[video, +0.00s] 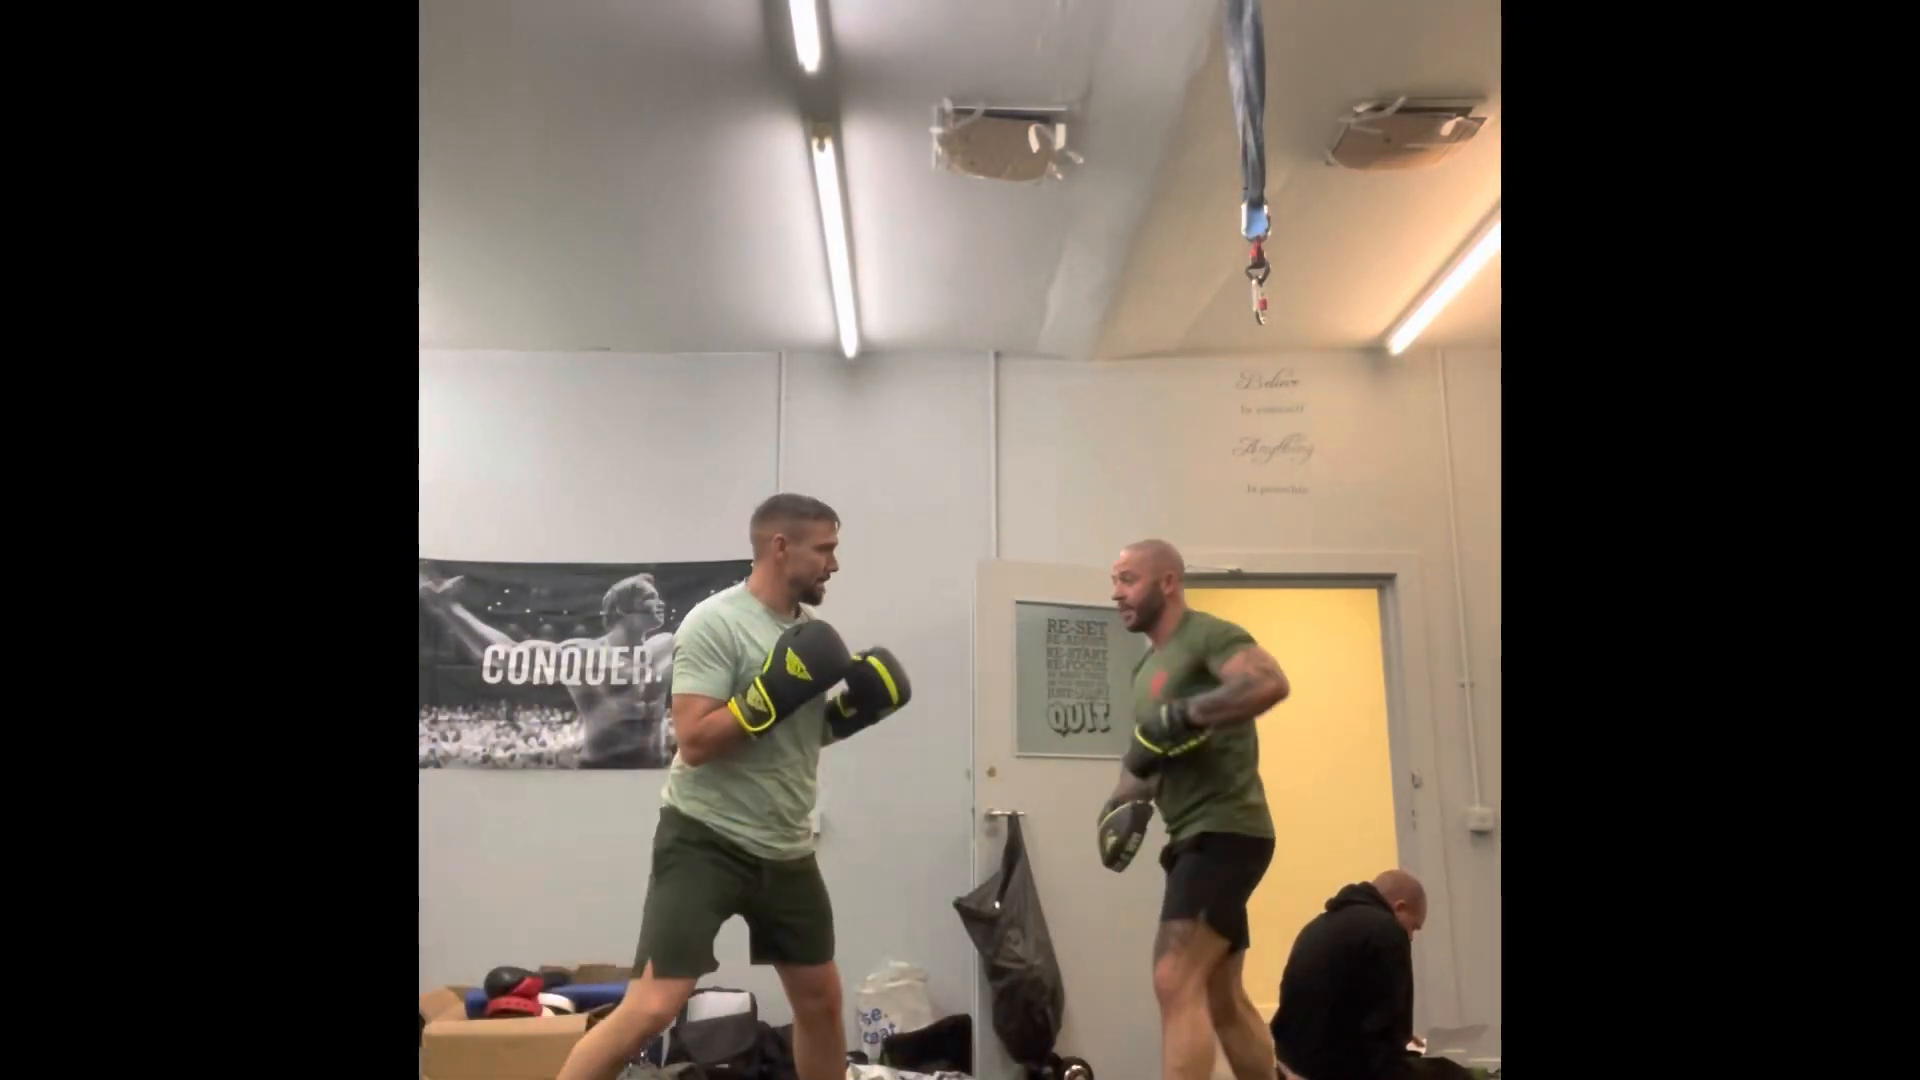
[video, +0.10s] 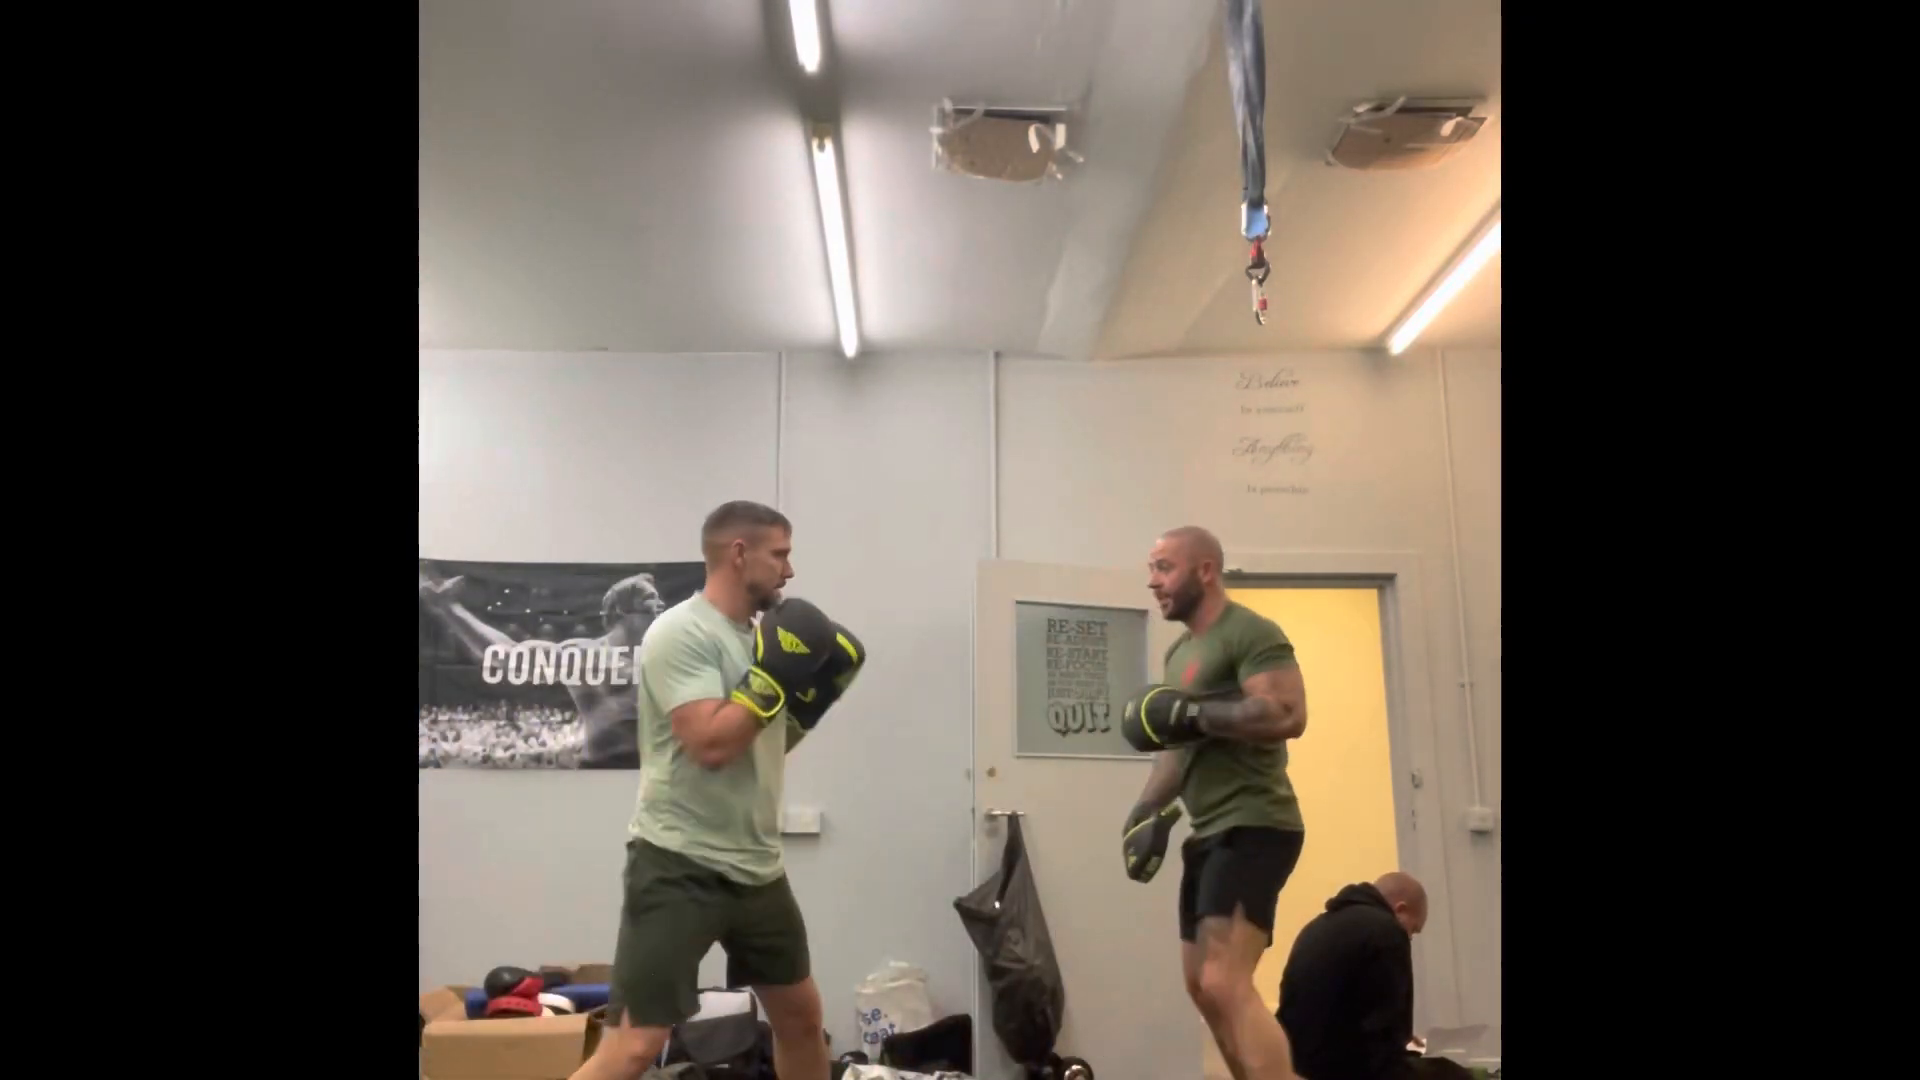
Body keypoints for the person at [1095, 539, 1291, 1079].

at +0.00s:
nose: (1117, 593)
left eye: (1128, 580)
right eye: (1115, 582)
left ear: (1167, 583)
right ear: (1151, 586)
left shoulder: (1209, 633)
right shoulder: (1146, 669)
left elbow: (1268, 681)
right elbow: (1147, 752)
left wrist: (1180, 718)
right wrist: (1124, 808)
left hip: (1229, 830)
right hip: (1192, 836)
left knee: (1176, 980)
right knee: (1225, 1000)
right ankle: (1273, 1078)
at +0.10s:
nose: (1153, 580)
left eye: (1164, 568)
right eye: (1151, 569)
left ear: (1205, 571)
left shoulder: (1252, 632)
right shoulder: (1178, 654)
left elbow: (1286, 715)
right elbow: (1179, 742)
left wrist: (1192, 714)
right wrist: (1149, 808)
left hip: (1257, 822)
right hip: (1207, 830)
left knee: (1225, 981)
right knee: (1203, 986)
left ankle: (1283, 1078)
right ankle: (1259, 1078)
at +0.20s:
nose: (1190, 579)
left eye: (1203, 568)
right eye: (1192, 568)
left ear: (1246, 577)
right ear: (1235, 579)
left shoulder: (1284, 647)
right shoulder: (1221, 662)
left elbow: (1283, 741)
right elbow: (1224, 758)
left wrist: (1200, 711)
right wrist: (1182, 831)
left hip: (1295, 849)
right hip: (1244, 854)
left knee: (1281, 1023)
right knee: (1235, 1007)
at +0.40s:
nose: (1249, 548)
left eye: (1261, 533)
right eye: (1250, 534)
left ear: (1308, 539)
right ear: (1305, 542)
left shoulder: (1352, 603)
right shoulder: (1311, 627)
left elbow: (1422, 684)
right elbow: (1340, 740)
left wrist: (1304, 729)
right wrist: (1274, 781)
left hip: (1376, 839)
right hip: (1350, 840)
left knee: (1362, 1036)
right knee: (1393, 1028)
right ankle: (1469, 1074)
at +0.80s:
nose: (1311, 565)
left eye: (1322, 548)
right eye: (1308, 551)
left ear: (1372, 544)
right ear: (1364, 550)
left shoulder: (1418, 601)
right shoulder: (1355, 641)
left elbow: (1347, 682)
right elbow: (1320, 740)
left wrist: (1261, 682)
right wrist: (1246, 738)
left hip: (1444, 835)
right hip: (1418, 837)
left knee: (1380, 1017)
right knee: (1452, 1025)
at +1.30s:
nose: (1262, 567)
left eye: (1272, 550)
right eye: (1258, 553)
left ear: (1321, 544)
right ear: (1318, 549)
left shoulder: (1361, 604)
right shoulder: (1339, 621)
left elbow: (1283, 699)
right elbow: (1283, 740)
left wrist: (1208, 682)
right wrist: (1205, 728)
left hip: (1408, 831)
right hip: (1419, 831)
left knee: (1340, 1016)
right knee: (1435, 1019)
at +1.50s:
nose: (1215, 541)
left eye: (1226, 525)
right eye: (1214, 527)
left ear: (1274, 529)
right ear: (1271, 532)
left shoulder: (1312, 598)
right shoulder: (1276, 614)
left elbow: (1324, 707)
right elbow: (1284, 722)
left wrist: (1225, 687)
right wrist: (1209, 735)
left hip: (1336, 831)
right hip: (1314, 831)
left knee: (1307, 1022)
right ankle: (1401, 1079)